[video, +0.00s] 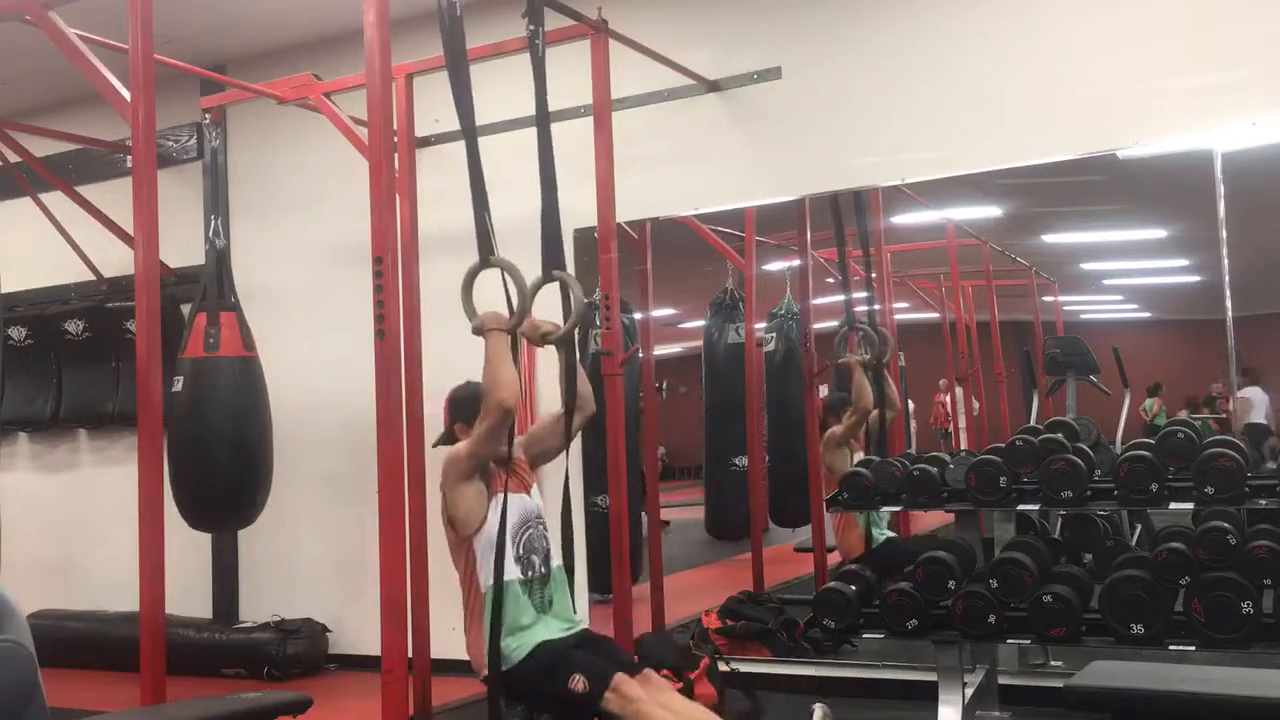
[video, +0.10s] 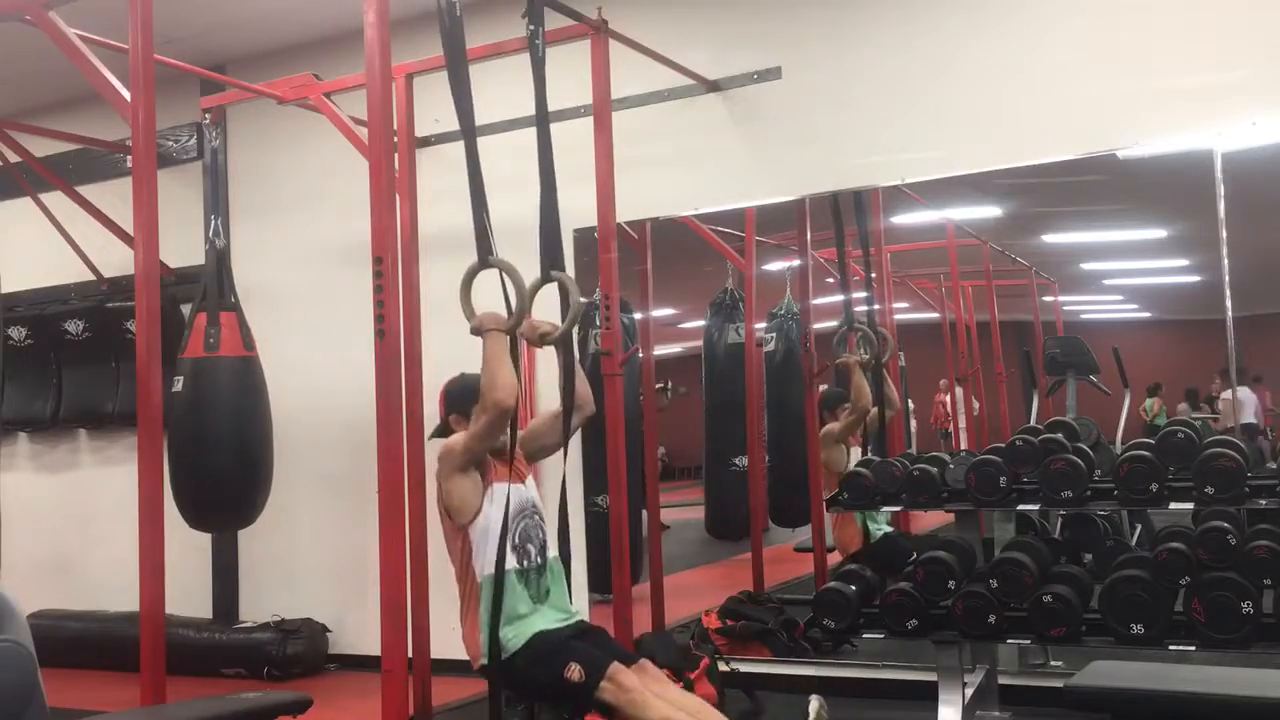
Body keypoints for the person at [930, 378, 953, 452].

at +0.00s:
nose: (942, 387)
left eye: (944, 385)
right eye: (941, 385)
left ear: (947, 386)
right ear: (939, 386)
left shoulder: (949, 396)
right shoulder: (937, 396)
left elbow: (952, 408)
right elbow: (935, 410)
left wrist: (952, 421)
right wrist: (933, 420)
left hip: (949, 422)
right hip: (940, 422)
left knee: (951, 438)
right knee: (942, 439)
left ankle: (953, 451)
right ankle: (943, 452)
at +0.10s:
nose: (942, 387)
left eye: (944, 385)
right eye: (941, 385)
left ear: (947, 386)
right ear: (939, 386)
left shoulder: (949, 396)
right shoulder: (937, 396)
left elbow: (951, 409)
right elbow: (935, 409)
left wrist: (953, 421)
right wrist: (933, 420)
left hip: (949, 422)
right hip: (940, 422)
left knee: (951, 438)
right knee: (942, 439)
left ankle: (952, 451)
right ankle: (943, 452)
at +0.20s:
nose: (943, 387)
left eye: (944, 385)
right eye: (941, 386)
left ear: (948, 386)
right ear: (940, 386)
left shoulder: (949, 396)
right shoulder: (937, 396)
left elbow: (952, 409)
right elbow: (935, 409)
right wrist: (933, 420)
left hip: (949, 422)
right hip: (940, 422)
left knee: (951, 439)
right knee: (942, 439)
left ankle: (952, 452)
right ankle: (944, 452)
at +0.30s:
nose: (942, 387)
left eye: (944, 385)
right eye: (941, 385)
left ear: (948, 386)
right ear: (939, 386)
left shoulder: (949, 396)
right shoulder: (937, 397)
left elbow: (952, 409)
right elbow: (935, 409)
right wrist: (933, 420)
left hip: (949, 422)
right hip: (940, 422)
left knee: (951, 439)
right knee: (942, 439)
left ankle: (952, 452)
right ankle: (944, 452)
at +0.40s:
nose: (942, 387)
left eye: (944, 385)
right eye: (941, 385)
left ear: (948, 386)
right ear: (939, 386)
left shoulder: (950, 396)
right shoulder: (937, 397)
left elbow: (952, 409)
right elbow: (935, 409)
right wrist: (933, 420)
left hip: (949, 422)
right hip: (940, 422)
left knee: (950, 438)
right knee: (942, 439)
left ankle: (952, 452)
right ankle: (944, 452)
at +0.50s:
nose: (943, 387)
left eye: (944, 385)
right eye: (941, 385)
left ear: (948, 386)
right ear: (939, 386)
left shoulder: (950, 396)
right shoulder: (937, 397)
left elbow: (953, 408)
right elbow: (935, 409)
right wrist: (933, 421)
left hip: (949, 422)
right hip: (940, 422)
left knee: (951, 438)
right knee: (942, 439)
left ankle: (952, 452)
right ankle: (944, 453)